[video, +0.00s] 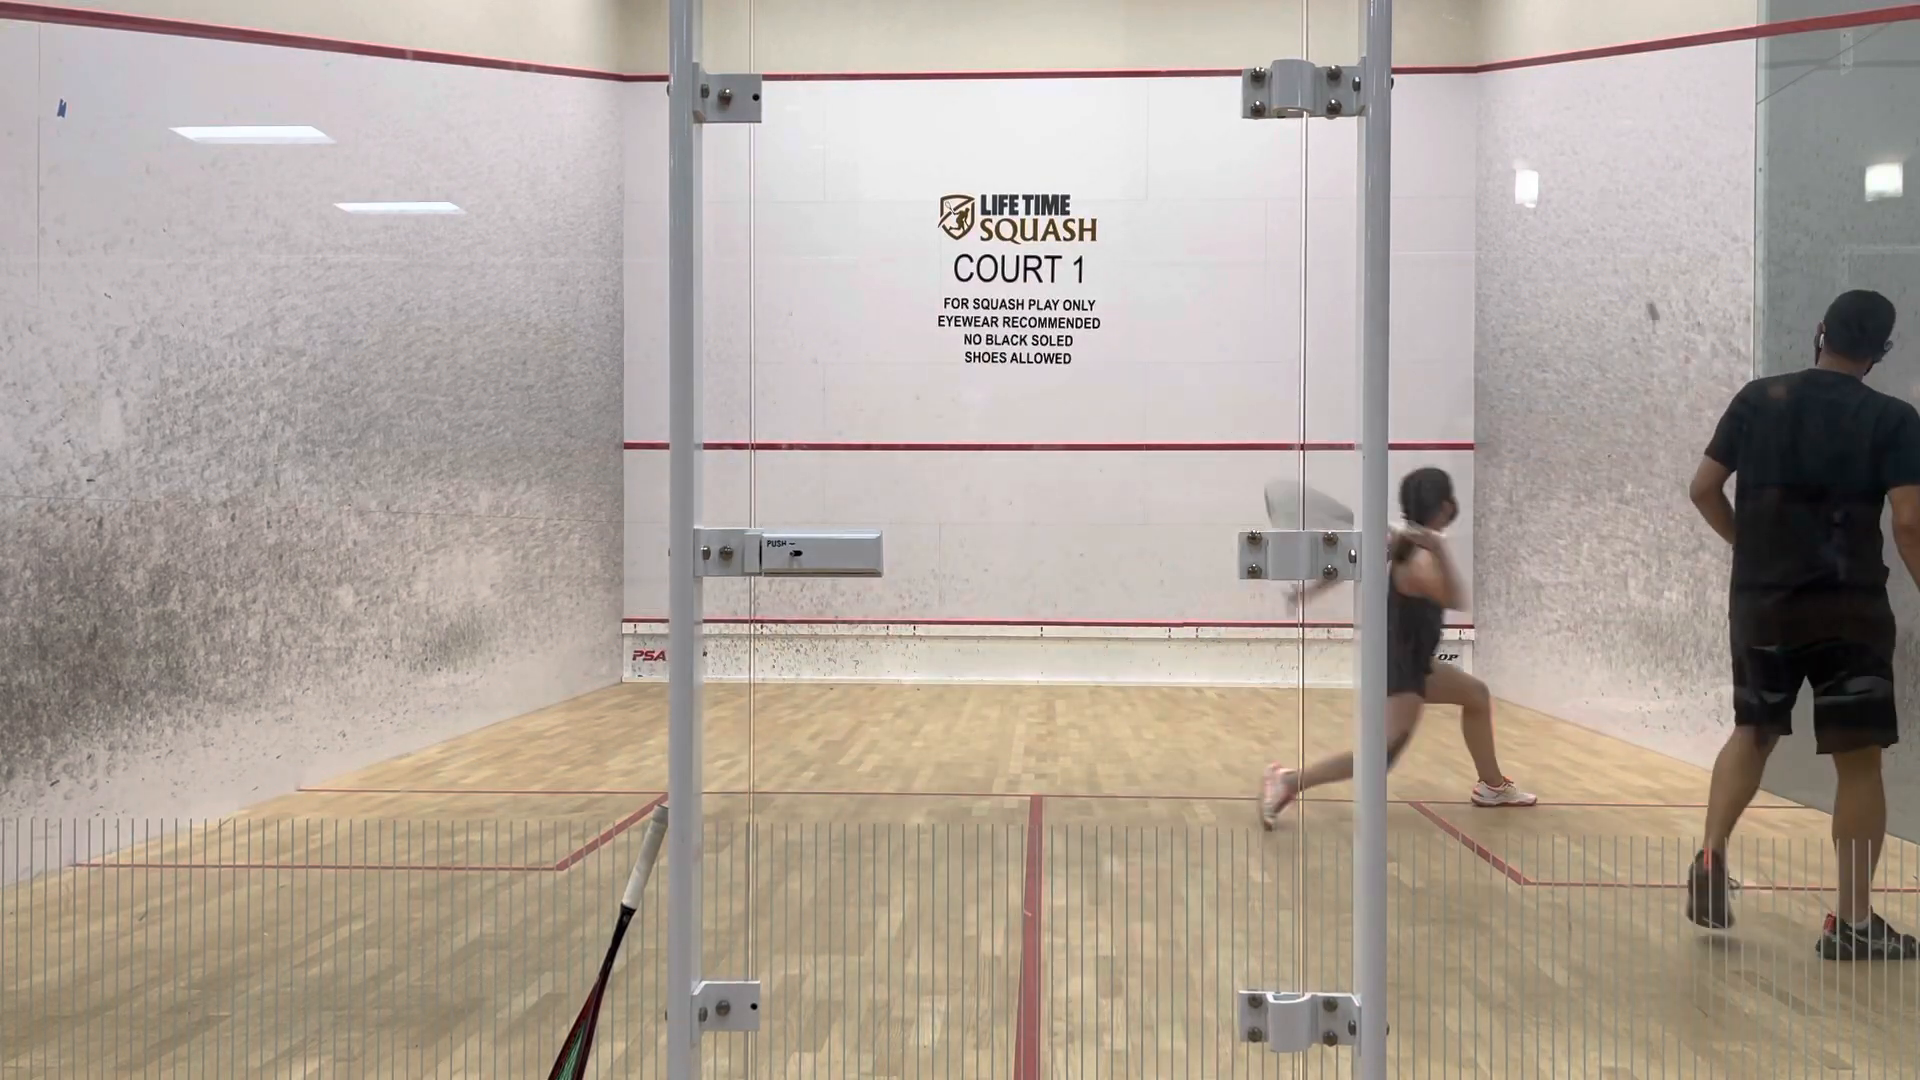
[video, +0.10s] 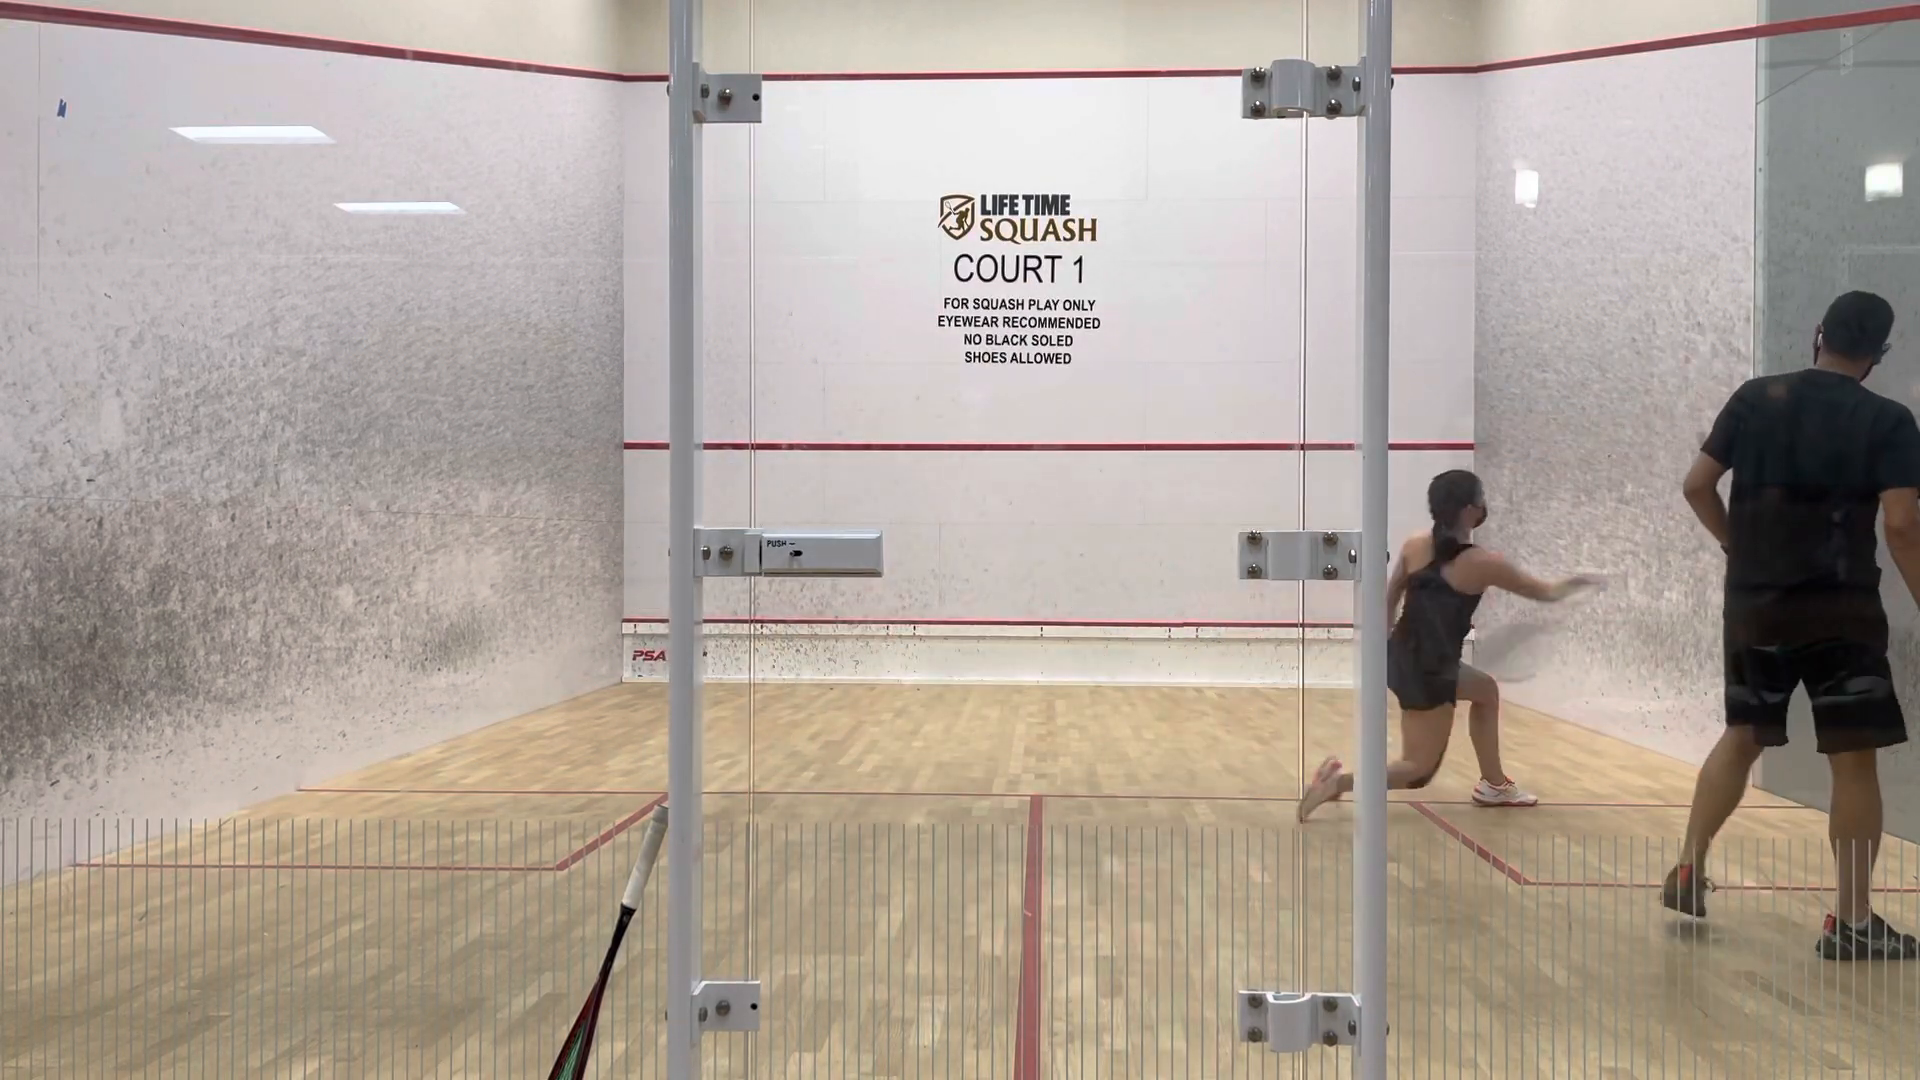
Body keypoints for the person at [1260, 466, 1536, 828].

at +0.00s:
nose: (1455, 505)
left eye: (1452, 498)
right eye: (1450, 499)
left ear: (1412, 506)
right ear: (1441, 507)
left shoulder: (1398, 545)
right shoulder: (1421, 560)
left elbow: (1351, 566)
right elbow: (1456, 600)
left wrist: (1306, 593)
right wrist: (1439, 548)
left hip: (1410, 667)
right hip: (1400, 672)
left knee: (1476, 694)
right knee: (1379, 759)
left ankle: (1492, 784)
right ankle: (1289, 781)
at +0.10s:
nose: (1484, 508)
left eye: (1482, 501)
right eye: (1481, 502)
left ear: (1438, 509)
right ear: (1468, 510)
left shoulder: (1415, 547)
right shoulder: (1482, 564)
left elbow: (1386, 605)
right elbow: (1544, 592)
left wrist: (1382, 649)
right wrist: (1576, 582)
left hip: (1401, 660)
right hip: (1428, 672)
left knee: (1485, 689)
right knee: (1418, 771)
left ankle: (1494, 783)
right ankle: (1337, 783)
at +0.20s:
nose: (1501, 504)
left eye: (1498, 497)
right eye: (1496, 498)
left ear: (1454, 502)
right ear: (1483, 505)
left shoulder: (1426, 543)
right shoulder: (1502, 550)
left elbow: (1409, 597)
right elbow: (1553, 573)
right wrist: (1598, 582)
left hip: (1408, 656)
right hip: (1442, 668)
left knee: (1487, 688)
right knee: (1442, 764)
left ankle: (1495, 782)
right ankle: (1360, 772)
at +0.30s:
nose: (1504, 492)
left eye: (1501, 485)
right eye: (1502, 485)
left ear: (1457, 493)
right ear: (1496, 493)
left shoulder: (1433, 533)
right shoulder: (1511, 542)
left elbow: (1405, 585)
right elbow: (1505, 583)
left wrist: (1439, 556)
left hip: (1417, 648)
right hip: (1452, 659)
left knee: (1495, 689)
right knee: (1461, 753)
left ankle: (1497, 782)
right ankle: (1366, 762)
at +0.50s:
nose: (1479, 473)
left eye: (1475, 467)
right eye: (1477, 468)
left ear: (1434, 474)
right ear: (1473, 476)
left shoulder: (1411, 520)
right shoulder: (1490, 527)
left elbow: (1370, 560)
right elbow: (1480, 572)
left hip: (1416, 636)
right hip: (1456, 641)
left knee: (1475, 700)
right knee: (1479, 742)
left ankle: (1496, 784)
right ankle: (1401, 773)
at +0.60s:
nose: (1456, 463)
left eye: (1454, 457)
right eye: (1454, 457)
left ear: (1408, 463)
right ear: (1449, 464)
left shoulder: (1392, 508)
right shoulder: (1465, 515)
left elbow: (1370, 551)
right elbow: (1481, 573)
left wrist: (1330, 569)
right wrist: (1446, 566)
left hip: (1397, 628)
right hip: (1439, 631)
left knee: (1457, 715)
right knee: (1452, 731)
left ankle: (1488, 782)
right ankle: (1385, 790)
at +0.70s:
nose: (1435, 452)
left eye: (1433, 444)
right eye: (1432, 445)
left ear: (1386, 451)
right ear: (1420, 452)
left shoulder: (1360, 501)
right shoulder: (1440, 504)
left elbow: (1335, 552)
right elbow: (1467, 565)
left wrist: (1322, 590)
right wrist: (1460, 569)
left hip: (1375, 627)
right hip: (1417, 630)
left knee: (1431, 706)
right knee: (1426, 725)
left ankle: (1456, 778)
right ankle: (1374, 798)